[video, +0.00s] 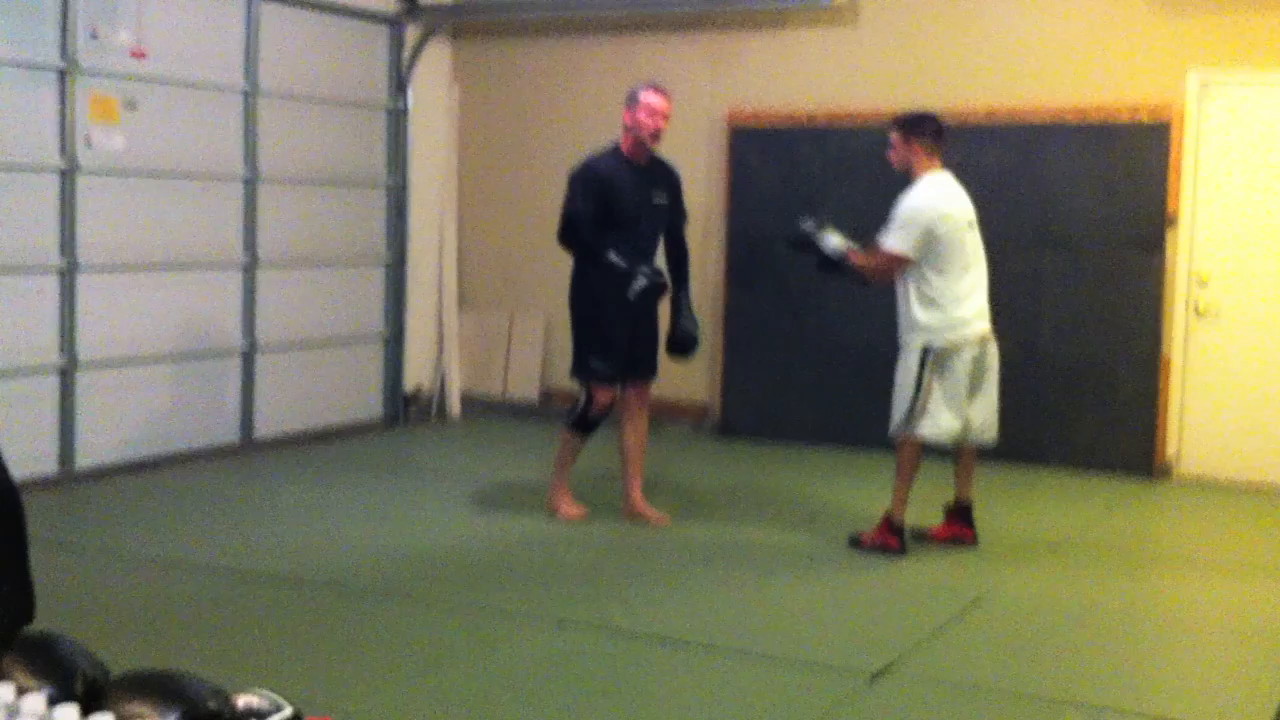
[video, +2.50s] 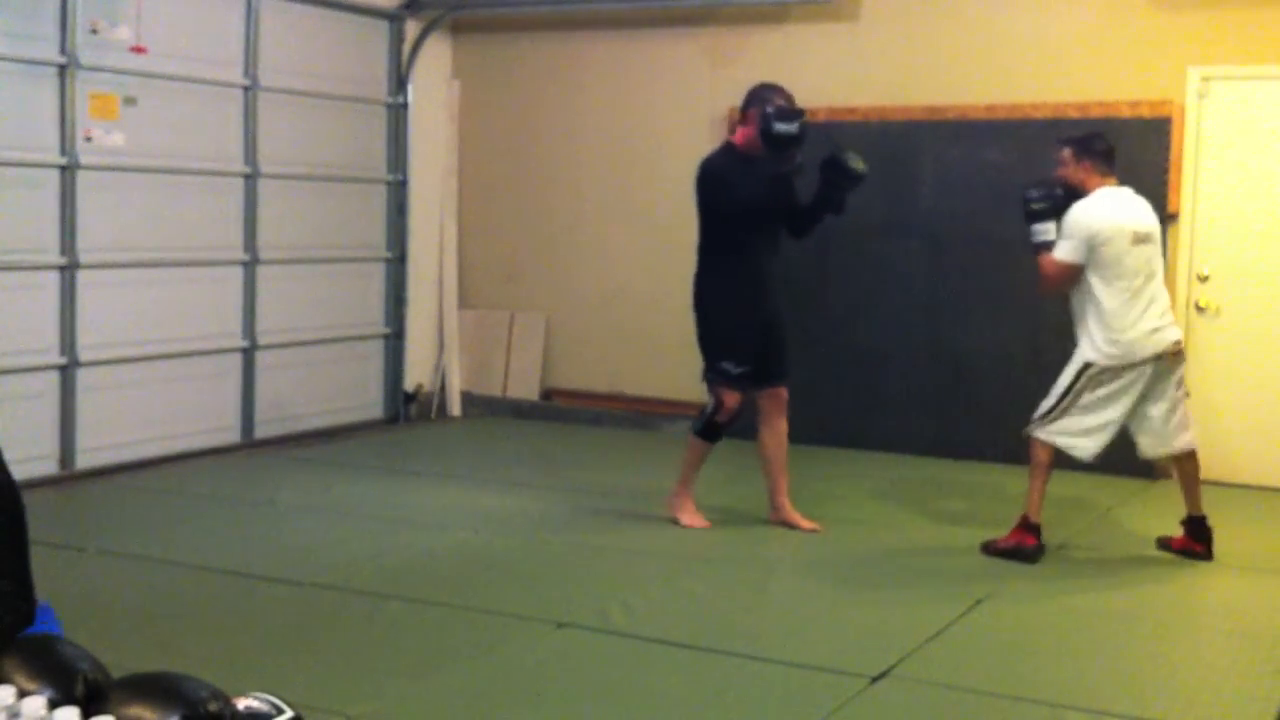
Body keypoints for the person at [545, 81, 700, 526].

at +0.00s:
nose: (658, 124)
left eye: (664, 117)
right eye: (651, 114)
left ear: (667, 122)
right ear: (628, 114)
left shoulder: (665, 178)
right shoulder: (593, 172)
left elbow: (676, 247)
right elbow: (571, 235)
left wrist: (682, 310)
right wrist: (624, 266)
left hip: (640, 300)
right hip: (597, 299)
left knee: (637, 394)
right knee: (601, 396)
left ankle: (634, 497)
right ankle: (560, 486)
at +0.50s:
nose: (629, 118)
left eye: (632, 109)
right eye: (620, 109)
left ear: (633, 113)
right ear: (592, 113)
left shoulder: (638, 169)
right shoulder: (566, 170)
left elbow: (659, 226)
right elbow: (552, 236)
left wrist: (691, 266)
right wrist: (617, 228)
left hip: (626, 296)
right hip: (580, 298)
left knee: (638, 392)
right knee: (584, 394)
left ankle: (637, 496)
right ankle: (561, 496)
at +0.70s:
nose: (624, 121)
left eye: (627, 112)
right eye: (615, 113)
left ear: (629, 114)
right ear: (588, 116)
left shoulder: (635, 168)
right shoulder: (562, 170)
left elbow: (669, 222)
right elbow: (545, 235)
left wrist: (684, 201)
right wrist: (601, 216)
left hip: (623, 295)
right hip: (576, 298)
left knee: (644, 389)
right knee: (580, 395)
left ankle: (642, 492)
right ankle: (560, 494)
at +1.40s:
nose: (680, 116)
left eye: (681, 108)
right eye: (669, 109)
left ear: (680, 114)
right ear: (643, 117)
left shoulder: (691, 170)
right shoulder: (616, 173)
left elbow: (721, 224)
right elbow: (591, 232)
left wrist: (738, 221)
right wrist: (649, 211)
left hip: (674, 298)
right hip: (626, 299)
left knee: (681, 397)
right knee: (619, 399)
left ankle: (690, 496)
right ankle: (571, 486)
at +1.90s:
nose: (700, 127)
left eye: (702, 119)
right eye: (693, 119)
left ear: (695, 122)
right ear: (666, 118)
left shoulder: (697, 168)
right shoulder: (640, 173)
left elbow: (705, 228)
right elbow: (656, 221)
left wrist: (740, 227)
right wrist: (701, 169)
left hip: (695, 298)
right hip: (650, 301)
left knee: (739, 382)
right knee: (652, 400)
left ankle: (733, 487)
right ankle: (621, 495)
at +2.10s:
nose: (721, 133)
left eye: (726, 124)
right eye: (714, 124)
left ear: (729, 126)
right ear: (690, 123)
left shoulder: (723, 173)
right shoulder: (665, 174)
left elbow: (758, 222)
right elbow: (680, 221)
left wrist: (786, 184)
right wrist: (719, 163)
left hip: (716, 302)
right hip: (671, 302)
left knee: (742, 400)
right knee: (662, 401)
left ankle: (775, 502)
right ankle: (622, 493)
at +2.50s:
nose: (777, 139)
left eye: (783, 130)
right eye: (771, 129)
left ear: (783, 127)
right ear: (749, 120)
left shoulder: (771, 168)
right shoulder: (717, 169)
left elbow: (797, 226)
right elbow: (744, 220)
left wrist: (832, 189)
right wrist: (777, 162)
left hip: (760, 291)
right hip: (720, 293)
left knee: (775, 396)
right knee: (728, 399)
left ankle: (780, 505)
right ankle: (681, 496)